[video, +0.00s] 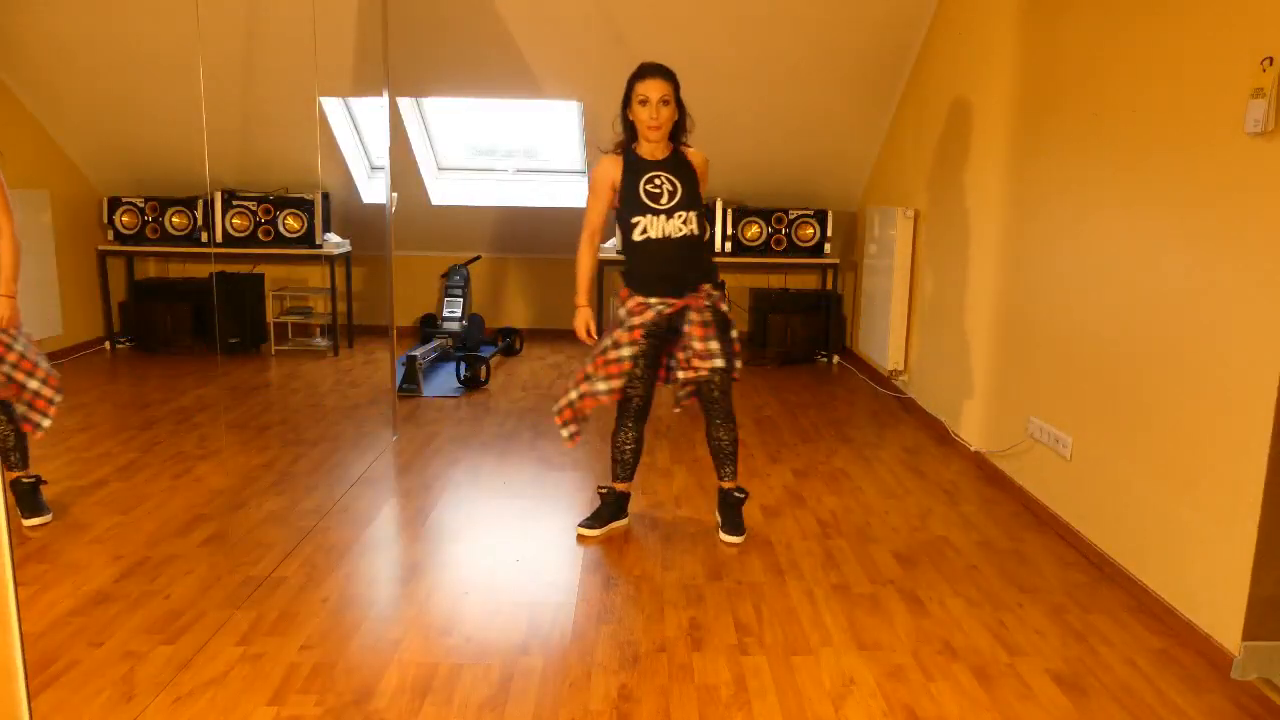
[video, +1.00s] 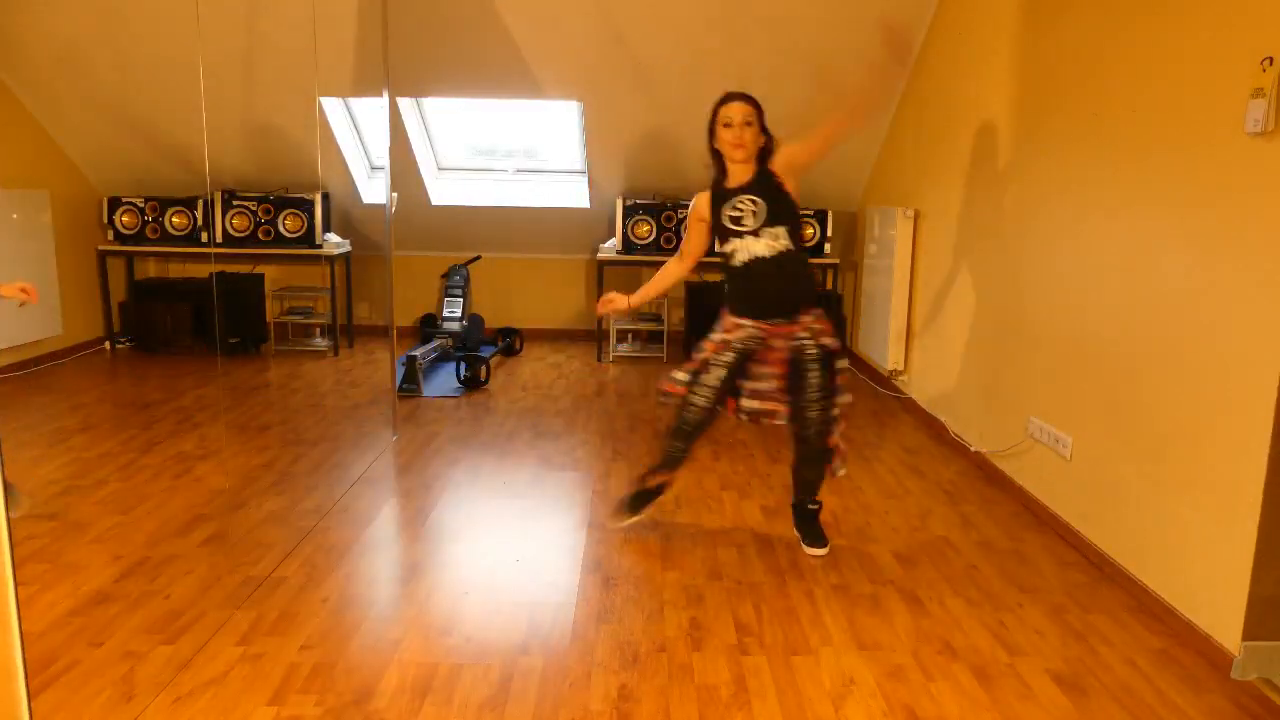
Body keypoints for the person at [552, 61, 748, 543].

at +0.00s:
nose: (654, 111)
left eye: (664, 102)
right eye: (643, 102)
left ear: (677, 109)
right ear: (629, 110)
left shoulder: (694, 162)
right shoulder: (611, 168)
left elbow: (696, 224)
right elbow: (590, 238)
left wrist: (705, 275)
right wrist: (583, 303)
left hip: (697, 296)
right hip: (642, 299)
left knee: (717, 396)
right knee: (633, 399)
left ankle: (730, 496)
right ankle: (617, 498)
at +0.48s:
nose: (668, 113)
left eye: (678, 107)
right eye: (659, 105)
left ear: (691, 121)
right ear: (645, 118)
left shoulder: (699, 180)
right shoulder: (628, 181)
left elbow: (686, 247)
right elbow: (605, 245)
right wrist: (570, 297)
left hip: (686, 305)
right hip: (632, 301)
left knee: (688, 408)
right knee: (618, 401)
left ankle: (671, 492)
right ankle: (618, 499)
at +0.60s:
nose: (683, 94)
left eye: (694, 88)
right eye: (675, 87)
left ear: (707, 102)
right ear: (660, 100)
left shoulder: (711, 152)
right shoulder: (647, 155)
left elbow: (691, 156)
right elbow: (625, 232)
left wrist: (622, 126)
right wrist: (588, 278)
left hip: (700, 295)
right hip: (646, 295)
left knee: (726, 393)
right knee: (633, 397)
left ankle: (737, 495)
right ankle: (620, 497)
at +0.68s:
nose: (693, 86)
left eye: (704, 83)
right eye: (685, 81)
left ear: (718, 100)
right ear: (670, 98)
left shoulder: (720, 151)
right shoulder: (665, 162)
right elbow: (642, 231)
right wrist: (601, 276)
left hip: (707, 299)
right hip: (657, 299)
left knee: (743, 404)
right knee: (640, 399)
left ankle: (782, 498)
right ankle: (620, 496)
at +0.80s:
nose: (709, 114)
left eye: (718, 105)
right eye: (700, 106)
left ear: (734, 115)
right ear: (687, 117)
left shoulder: (741, 172)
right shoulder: (685, 177)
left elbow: (741, 87)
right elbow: (664, 251)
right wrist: (615, 286)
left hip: (732, 309)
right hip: (683, 310)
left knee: (760, 414)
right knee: (657, 401)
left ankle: (804, 506)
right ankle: (626, 501)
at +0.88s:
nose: (723, 124)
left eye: (733, 116)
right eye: (714, 116)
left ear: (749, 128)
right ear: (700, 128)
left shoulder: (759, 179)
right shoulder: (699, 195)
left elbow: (782, 101)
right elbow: (679, 261)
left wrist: (792, 26)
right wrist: (626, 293)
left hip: (761, 318)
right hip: (705, 319)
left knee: (777, 420)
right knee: (668, 411)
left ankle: (803, 511)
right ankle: (626, 502)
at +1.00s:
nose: (738, 133)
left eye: (747, 124)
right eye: (727, 125)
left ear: (762, 133)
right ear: (714, 136)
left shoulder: (783, 169)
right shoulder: (707, 203)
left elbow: (842, 122)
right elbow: (682, 262)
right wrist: (633, 300)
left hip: (803, 318)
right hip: (742, 320)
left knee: (814, 427)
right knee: (695, 409)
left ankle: (807, 508)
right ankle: (656, 482)